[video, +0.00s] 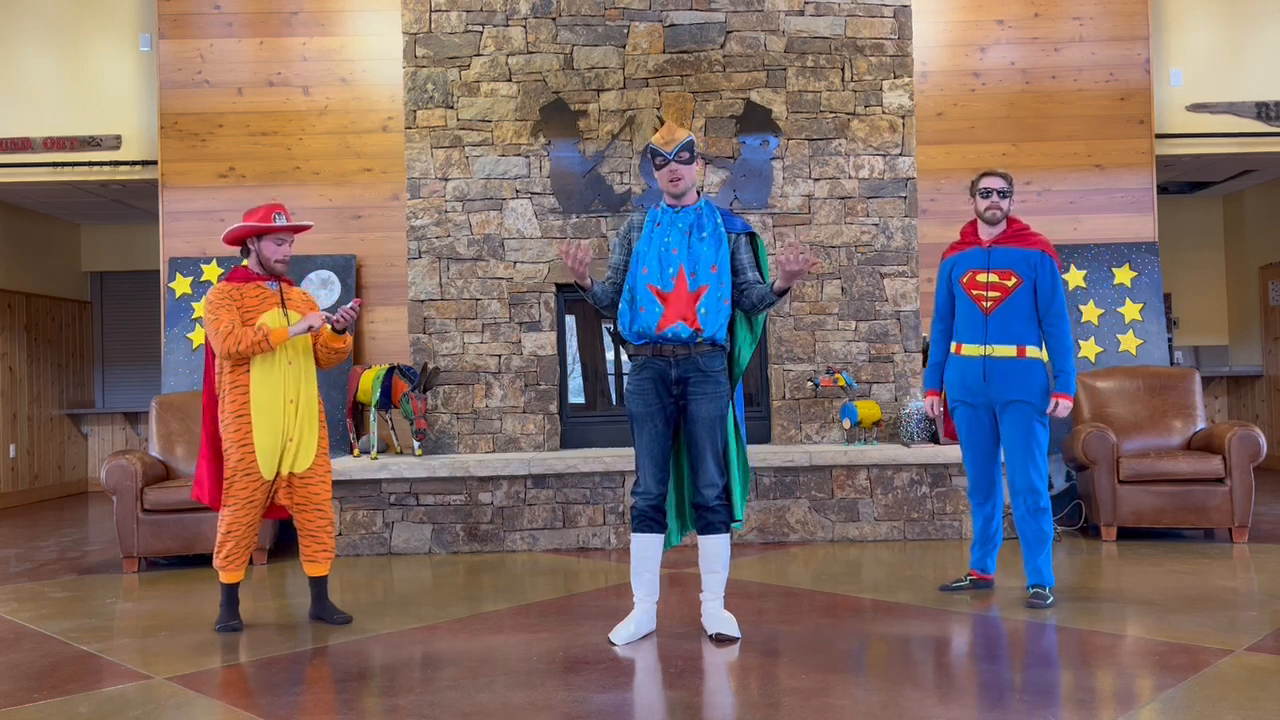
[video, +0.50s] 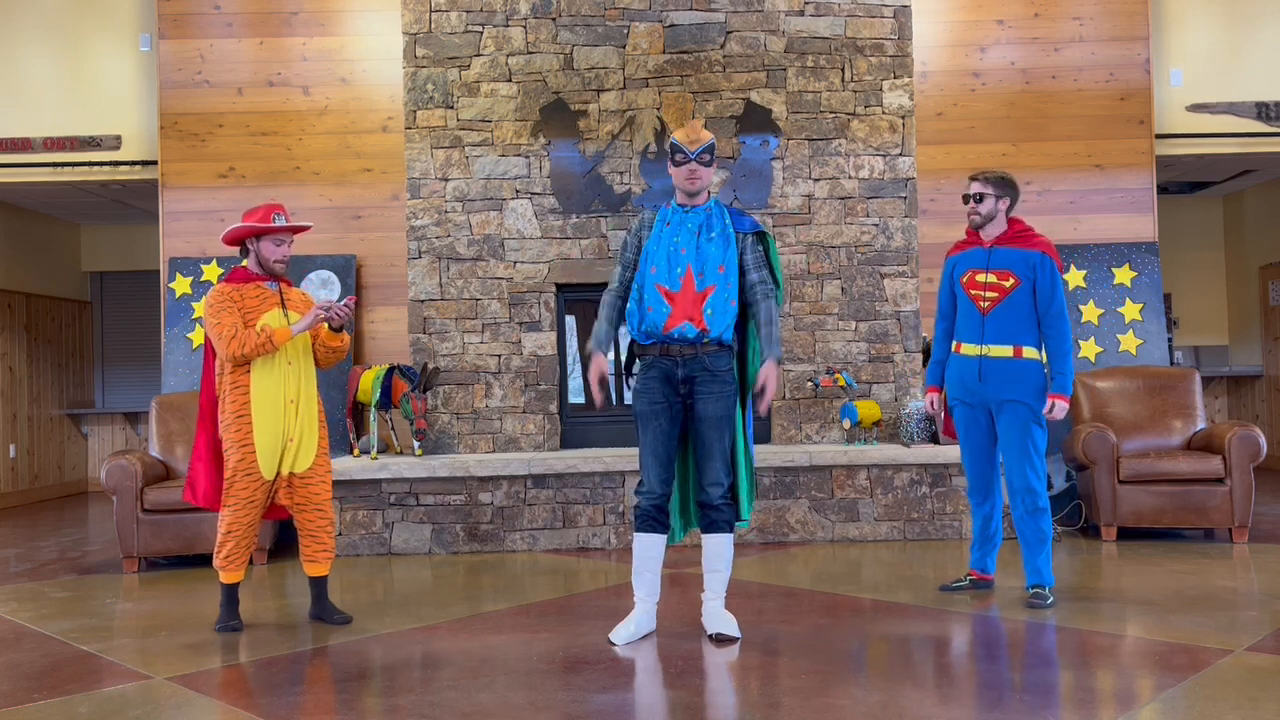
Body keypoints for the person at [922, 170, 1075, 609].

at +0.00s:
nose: (994, 201)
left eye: (1001, 194)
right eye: (985, 194)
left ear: (1012, 202)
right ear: (973, 201)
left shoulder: (1036, 254)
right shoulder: (954, 257)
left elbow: (1057, 323)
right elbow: (941, 327)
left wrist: (1065, 383)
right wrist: (933, 383)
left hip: (1022, 388)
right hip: (968, 391)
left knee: (1029, 486)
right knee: (981, 485)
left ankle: (1039, 580)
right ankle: (982, 572)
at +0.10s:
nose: (993, 202)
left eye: (1001, 195)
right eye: (985, 195)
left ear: (1012, 202)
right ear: (973, 202)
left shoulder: (1035, 254)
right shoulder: (954, 258)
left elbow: (1056, 323)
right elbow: (941, 328)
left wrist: (1065, 384)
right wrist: (934, 384)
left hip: (1021, 387)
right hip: (967, 390)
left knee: (1028, 486)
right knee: (981, 485)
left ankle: (1039, 581)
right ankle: (981, 572)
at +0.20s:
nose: (991, 203)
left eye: (1000, 195)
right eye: (983, 196)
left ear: (1011, 202)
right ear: (972, 203)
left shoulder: (1035, 254)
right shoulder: (954, 258)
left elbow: (1055, 324)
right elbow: (941, 328)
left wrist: (1064, 384)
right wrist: (934, 385)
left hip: (1021, 387)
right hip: (967, 390)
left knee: (1027, 485)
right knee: (981, 485)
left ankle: (1039, 581)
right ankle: (982, 572)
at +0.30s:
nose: (985, 204)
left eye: (994, 197)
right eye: (978, 198)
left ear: (1009, 202)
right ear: (969, 205)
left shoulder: (1036, 254)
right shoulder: (955, 258)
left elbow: (1055, 324)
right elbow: (942, 328)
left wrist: (1063, 385)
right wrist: (934, 385)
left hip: (1020, 388)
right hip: (967, 391)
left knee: (1027, 486)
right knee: (981, 485)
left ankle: (1039, 581)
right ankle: (982, 572)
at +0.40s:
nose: (975, 206)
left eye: (984, 198)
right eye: (970, 199)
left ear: (1007, 203)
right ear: (965, 205)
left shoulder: (1035, 254)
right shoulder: (956, 257)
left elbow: (1056, 324)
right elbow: (943, 326)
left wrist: (1062, 385)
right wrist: (934, 383)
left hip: (1019, 388)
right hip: (966, 391)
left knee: (1027, 485)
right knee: (981, 485)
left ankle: (1039, 581)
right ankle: (982, 572)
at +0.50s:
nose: (969, 206)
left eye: (978, 198)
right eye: (967, 199)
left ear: (1004, 203)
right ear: (969, 205)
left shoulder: (1036, 254)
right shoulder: (957, 256)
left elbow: (1057, 325)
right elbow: (944, 326)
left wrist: (1062, 385)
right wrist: (934, 381)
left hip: (1019, 389)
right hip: (967, 391)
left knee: (1026, 486)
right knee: (981, 485)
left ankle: (1039, 581)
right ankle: (982, 572)